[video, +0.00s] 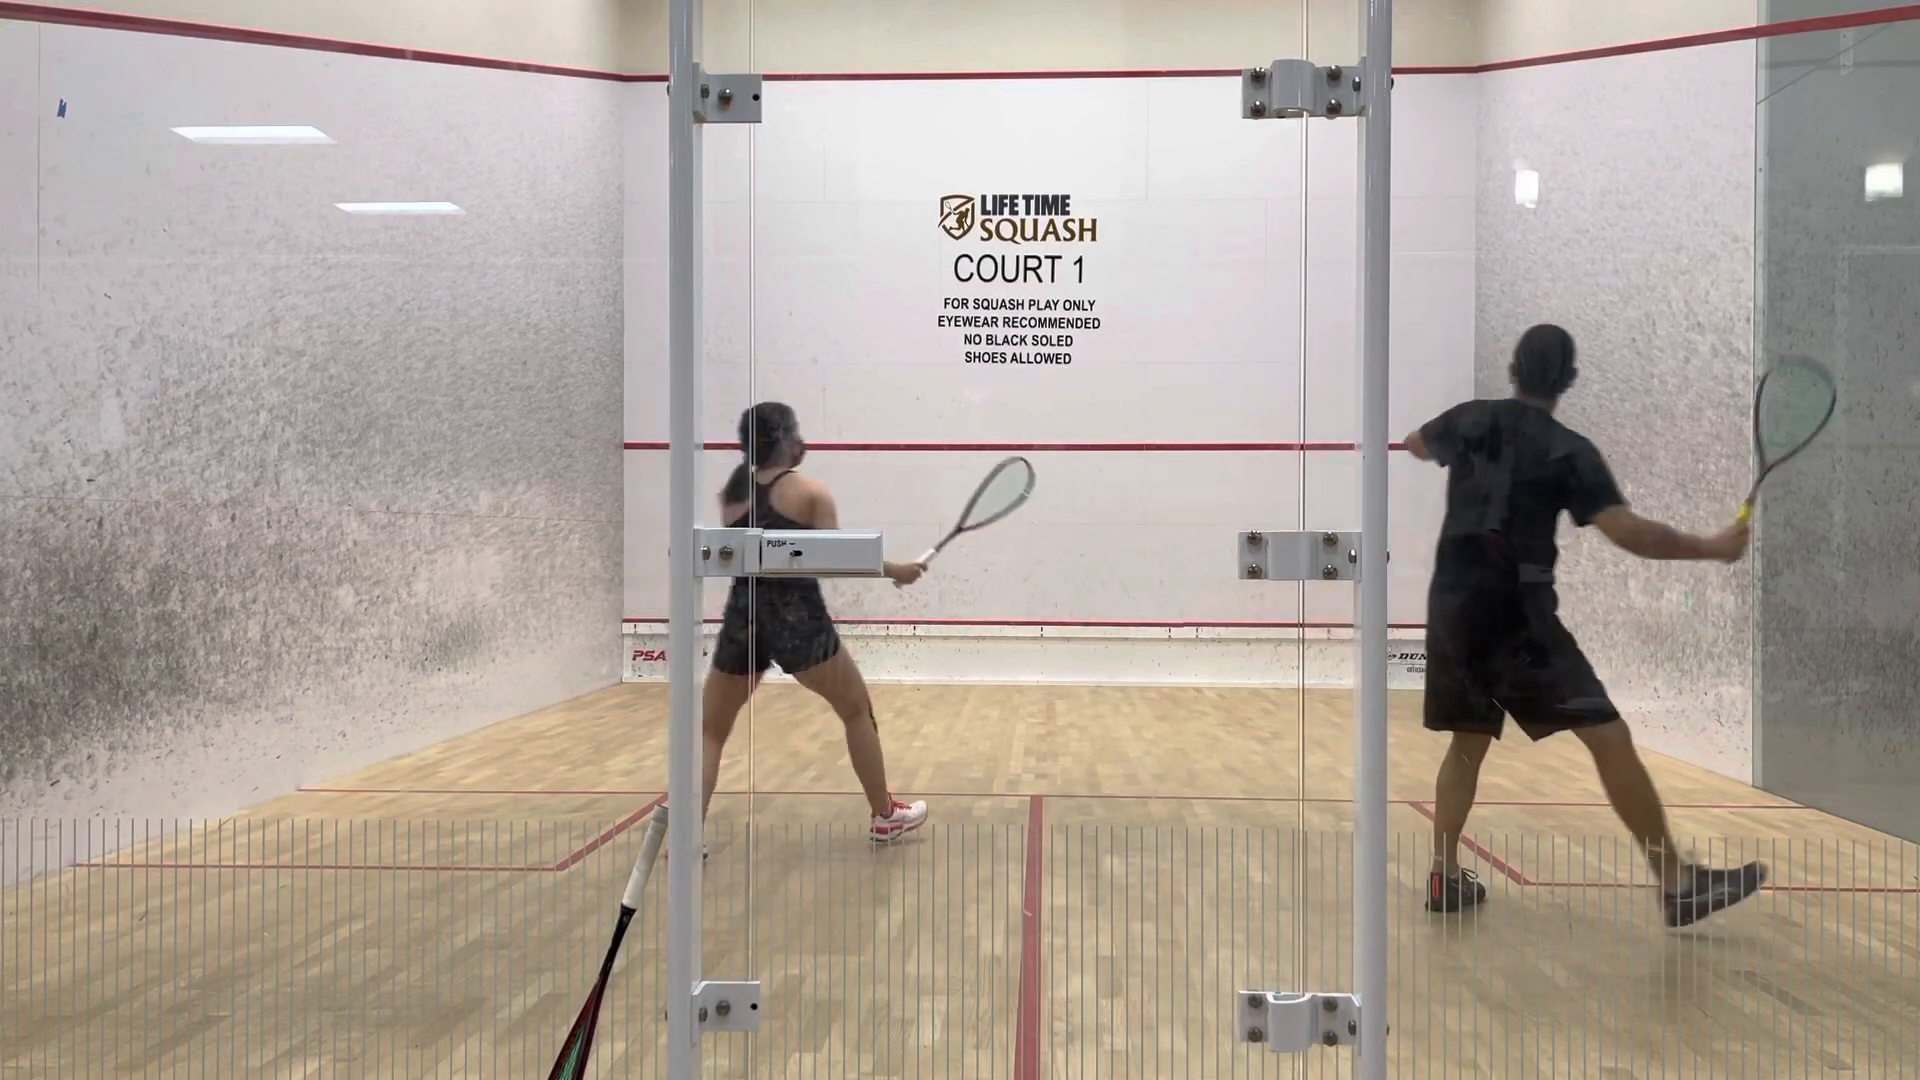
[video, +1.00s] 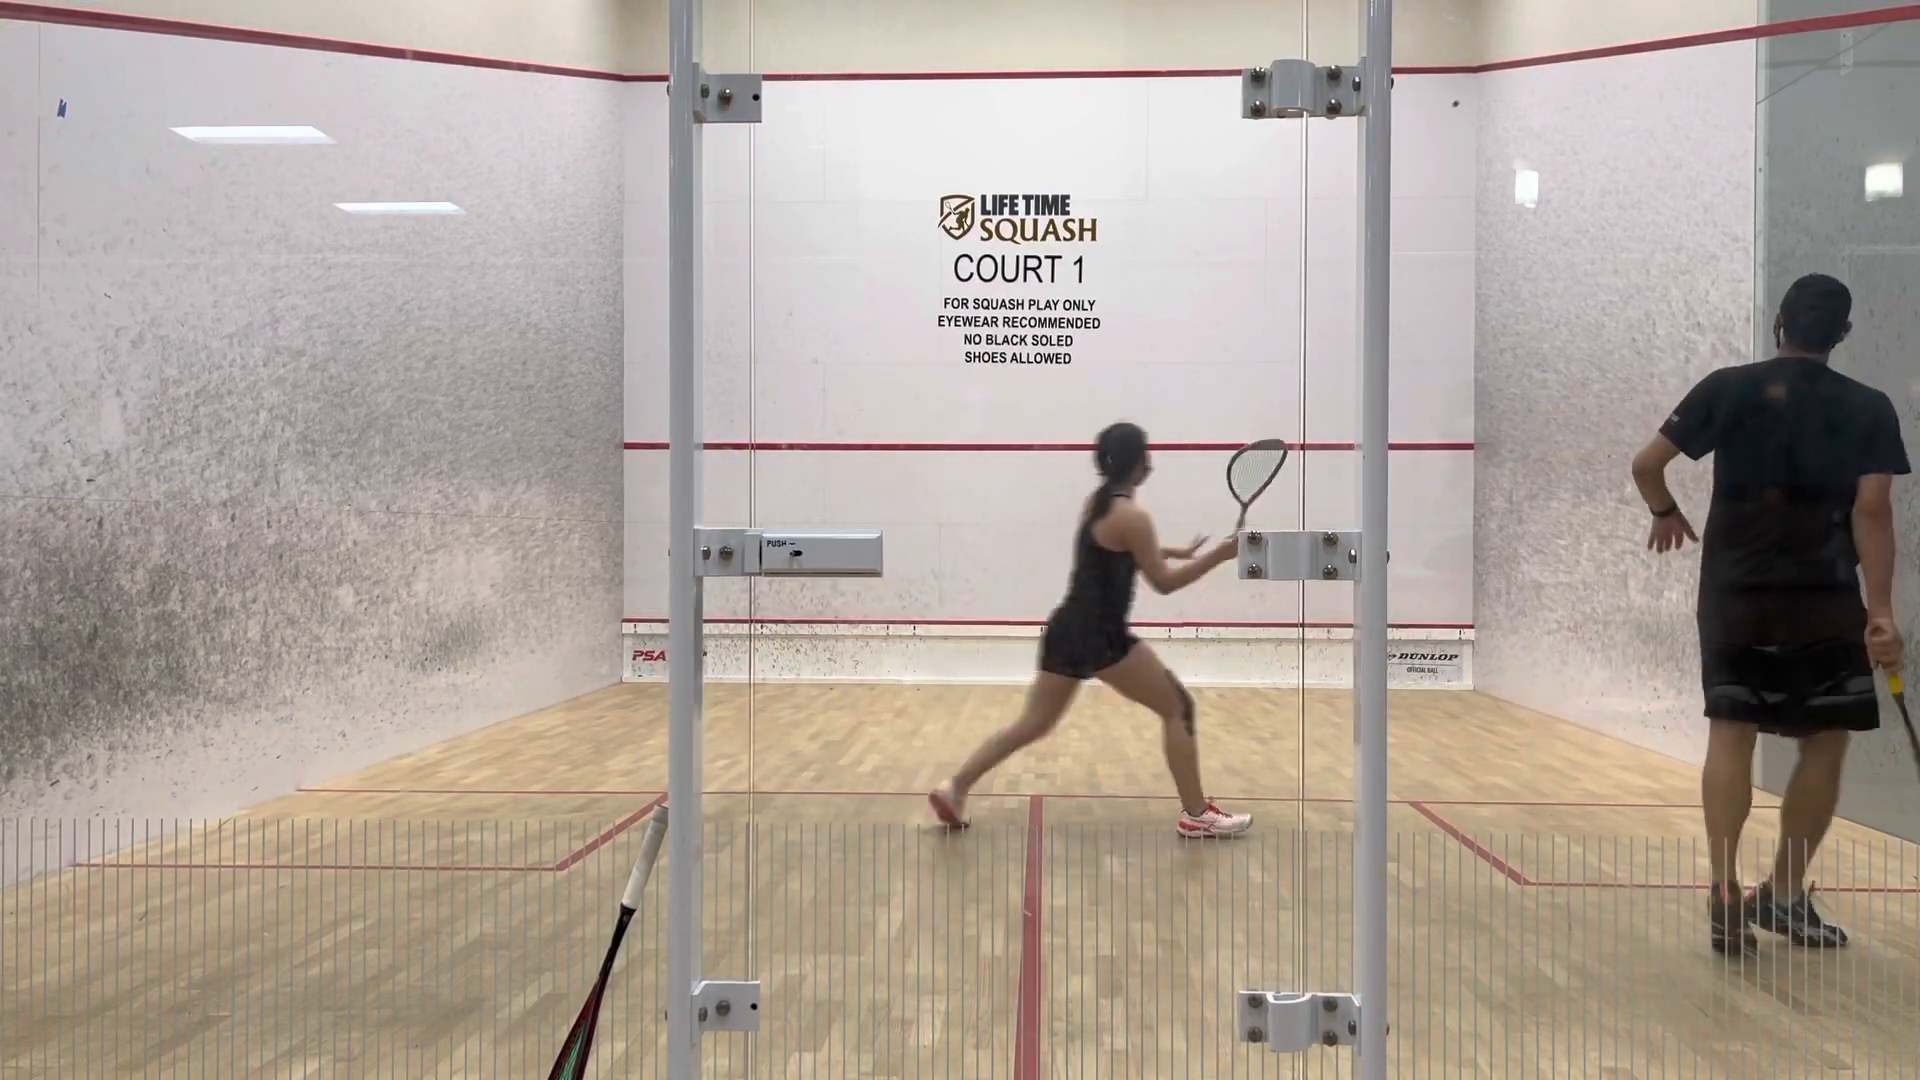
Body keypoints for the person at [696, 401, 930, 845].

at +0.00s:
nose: (802, 442)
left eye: (798, 435)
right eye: (797, 436)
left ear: (750, 444)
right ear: (788, 443)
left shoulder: (732, 492)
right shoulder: (810, 492)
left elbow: (730, 553)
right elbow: (834, 559)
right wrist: (892, 569)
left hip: (742, 624)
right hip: (799, 626)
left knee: (711, 731)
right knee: (856, 711)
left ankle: (688, 833)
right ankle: (884, 813)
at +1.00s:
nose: (1151, 459)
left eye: (1147, 452)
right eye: (1146, 453)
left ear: (1109, 460)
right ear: (1138, 461)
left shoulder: (1098, 505)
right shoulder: (1132, 518)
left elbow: (1126, 547)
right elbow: (1165, 582)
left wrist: (1179, 552)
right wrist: (1221, 555)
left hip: (1067, 631)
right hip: (1101, 637)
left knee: (1033, 723)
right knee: (1178, 707)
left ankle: (954, 791)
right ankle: (1196, 812)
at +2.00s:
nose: (1497, 483)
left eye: (1493, 477)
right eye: (1495, 477)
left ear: (1451, 484)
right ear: (1492, 486)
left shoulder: (1426, 526)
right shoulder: (1507, 533)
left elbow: (1387, 571)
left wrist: (1395, 541)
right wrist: (1426, 533)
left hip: (1420, 645)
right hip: (1458, 654)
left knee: (1496, 691)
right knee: (1477, 748)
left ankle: (1497, 782)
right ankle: (1386, 757)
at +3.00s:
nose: (1291, 447)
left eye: (1292, 440)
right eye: (1286, 439)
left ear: (1252, 443)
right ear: (1261, 441)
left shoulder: (1223, 479)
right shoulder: (1270, 494)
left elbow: (1195, 539)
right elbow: (1272, 564)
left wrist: (1237, 558)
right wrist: (1317, 589)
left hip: (1201, 610)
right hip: (1241, 614)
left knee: (1204, 716)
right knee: (1305, 698)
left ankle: (1156, 807)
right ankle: (1309, 808)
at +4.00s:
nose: (1313, 461)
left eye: (1312, 453)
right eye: (1310, 453)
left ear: (1264, 453)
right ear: (1298, 458)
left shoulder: (1231, 497)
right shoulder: (1297, 517)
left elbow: (1193, 548)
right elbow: (1317, 593)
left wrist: (1232, 566)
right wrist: (1377, 573)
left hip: (1204, 633)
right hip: (1250, 641)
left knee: (1205, 722)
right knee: (1329, 722)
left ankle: (1157, 808)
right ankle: (1310, 830)